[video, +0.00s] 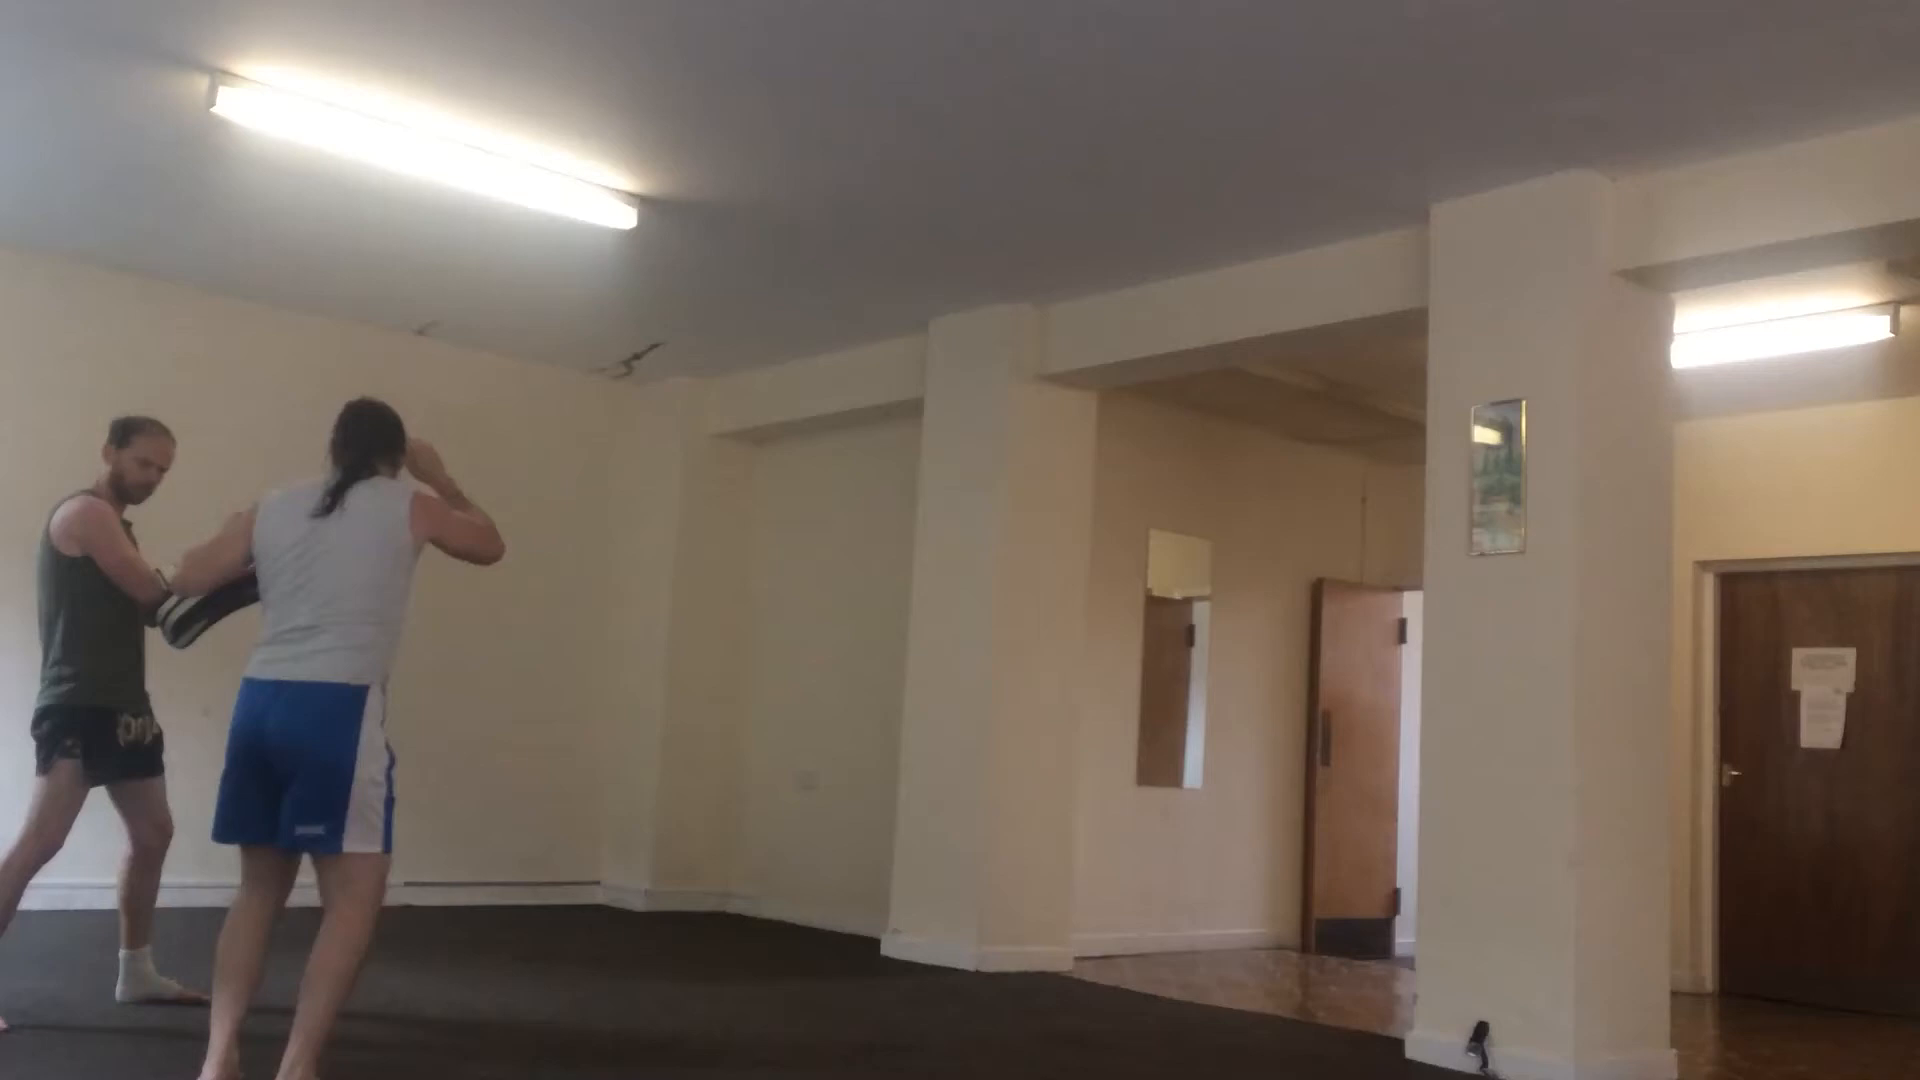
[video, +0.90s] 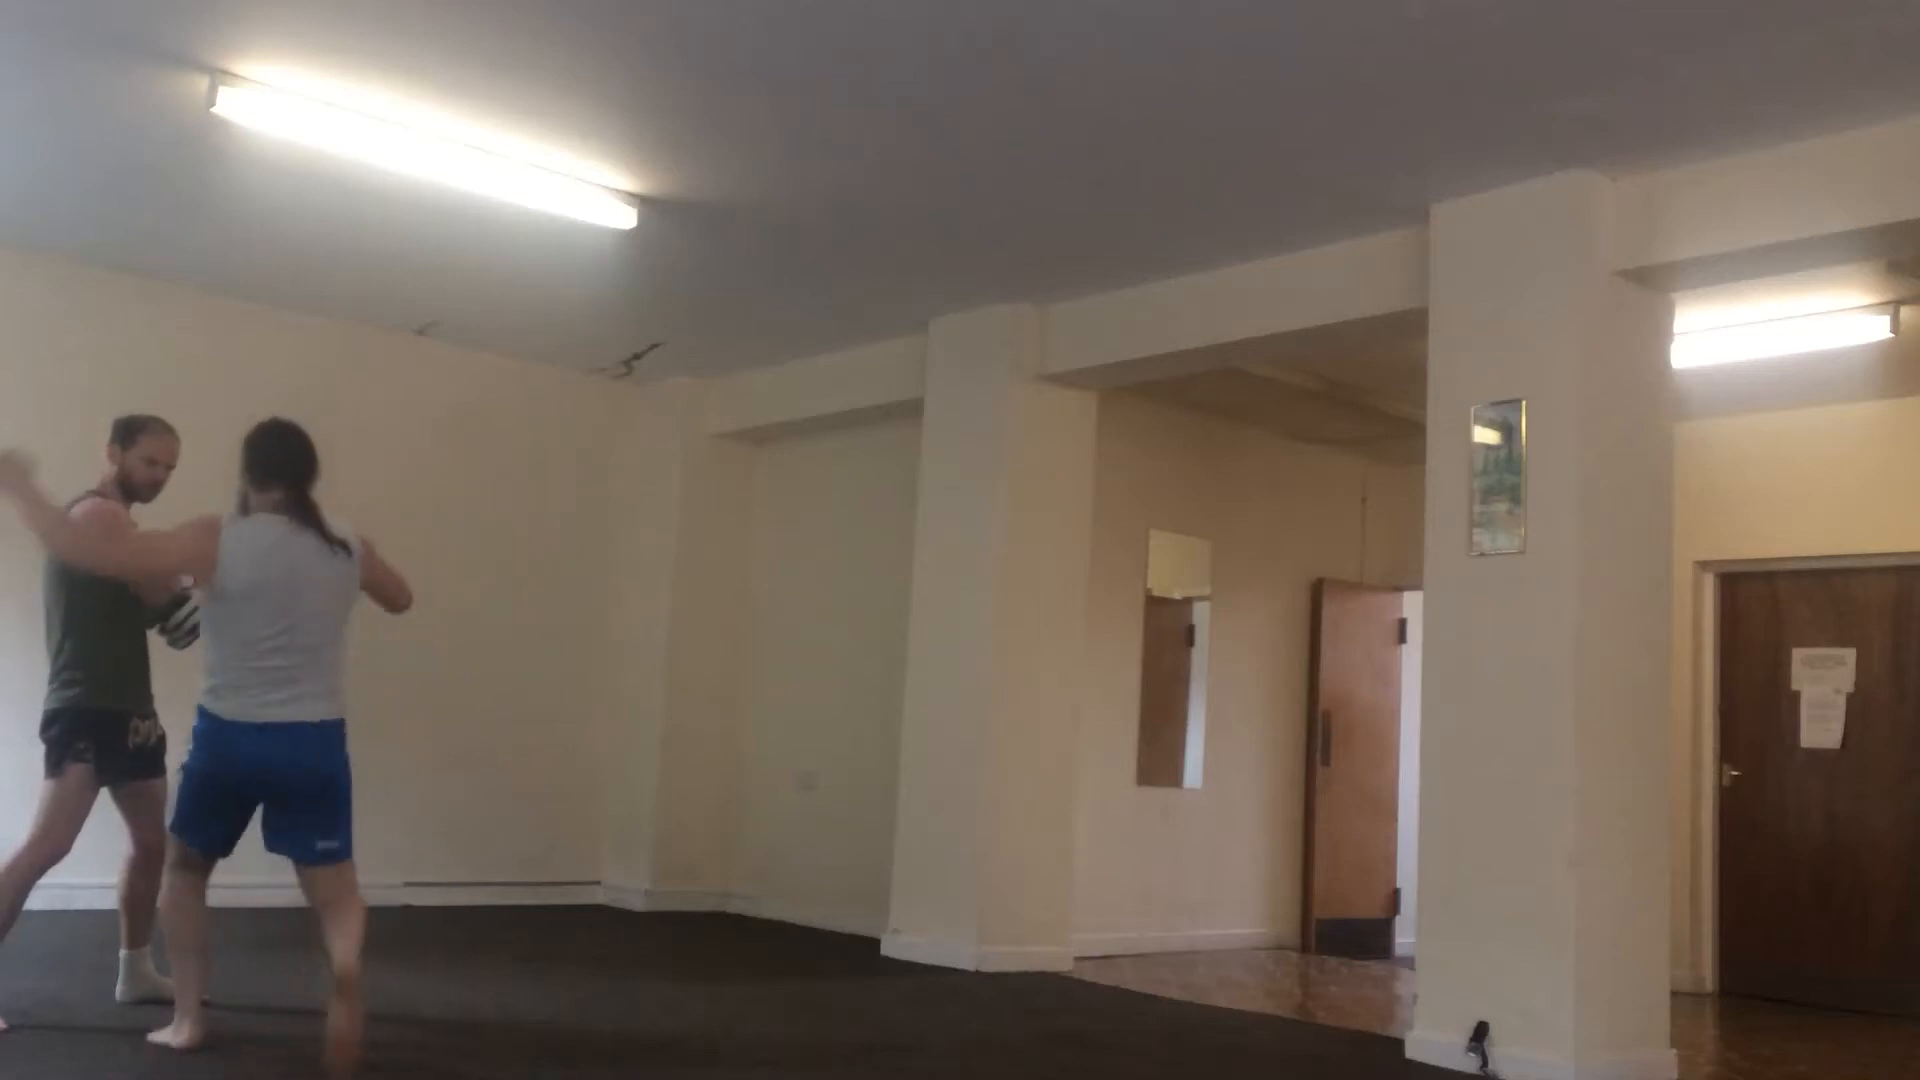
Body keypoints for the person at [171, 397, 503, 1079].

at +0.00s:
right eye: (400, 448)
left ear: (333, 451)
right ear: (396, 455)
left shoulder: (276, 509)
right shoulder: (409, 505)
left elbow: (188, 576)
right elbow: (490, 544)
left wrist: (236, 540)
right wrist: (442, 479)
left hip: (259, 712)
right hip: (343, 718)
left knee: (258, 887)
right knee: (353, 903)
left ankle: (217, 1059)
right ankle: (298, 1065)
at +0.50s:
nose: (410, 473)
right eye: (410, 462)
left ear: (345, 455)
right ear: (406, 465)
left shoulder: (290, 505)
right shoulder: (404, 514)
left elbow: (208, 568)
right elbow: (495, 534)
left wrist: (209, 601)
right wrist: (441, 470)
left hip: (238, 715)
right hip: (319, 722)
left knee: (245, 877)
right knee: (351, 901)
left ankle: (149, 1026)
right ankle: (296, 1067)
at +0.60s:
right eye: (402, 473)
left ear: (338, 470)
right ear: (400, 480)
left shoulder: (275, 525)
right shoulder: (406, 534)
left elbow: (189, 606)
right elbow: (486, 550)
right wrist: (432, 483)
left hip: (231, 728)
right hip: (314, 736)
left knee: (247, 869)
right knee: (362, 903)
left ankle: (160, 1027)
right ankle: (298, 1065)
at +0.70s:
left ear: (315, 489)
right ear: (379, 496)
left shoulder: (263, 539)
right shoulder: (398, 556)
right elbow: (457, 561)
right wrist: (399, 503)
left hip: (225, 740)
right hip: (308, 750)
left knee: (230, 868)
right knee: (370, 911)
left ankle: (174, 1024)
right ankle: (300, 1066)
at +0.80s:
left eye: (287, 477)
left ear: (282, 483)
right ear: (349, 489)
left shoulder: (241, 538)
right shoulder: (369, 554)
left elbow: (117, 567)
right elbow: (414, 570)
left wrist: (18, 570)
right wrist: (363, 514)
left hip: (232, 747)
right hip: (313, 752)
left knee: (203, 873)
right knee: (335, 916)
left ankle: (189, 1021)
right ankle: (307, 1064)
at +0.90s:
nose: (239, 481)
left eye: (242, 471)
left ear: (248, 476)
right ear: (310, 478)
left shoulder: (217, 538)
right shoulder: (343, 551)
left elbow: (83, 546)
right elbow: (400, 598)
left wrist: (20, 486)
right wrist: (354, 554)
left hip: (228, 746)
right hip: (314, 747)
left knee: (186, 873)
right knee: (336, 889)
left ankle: (188, 1020)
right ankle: (347, 976)